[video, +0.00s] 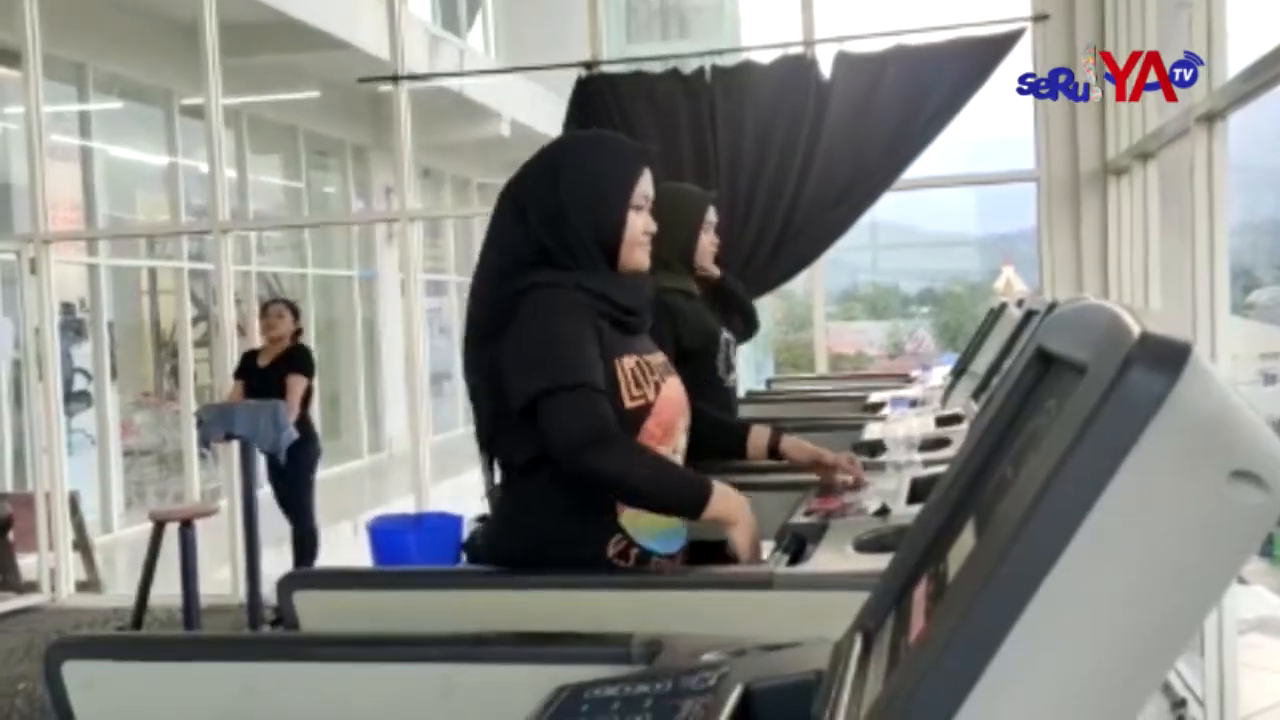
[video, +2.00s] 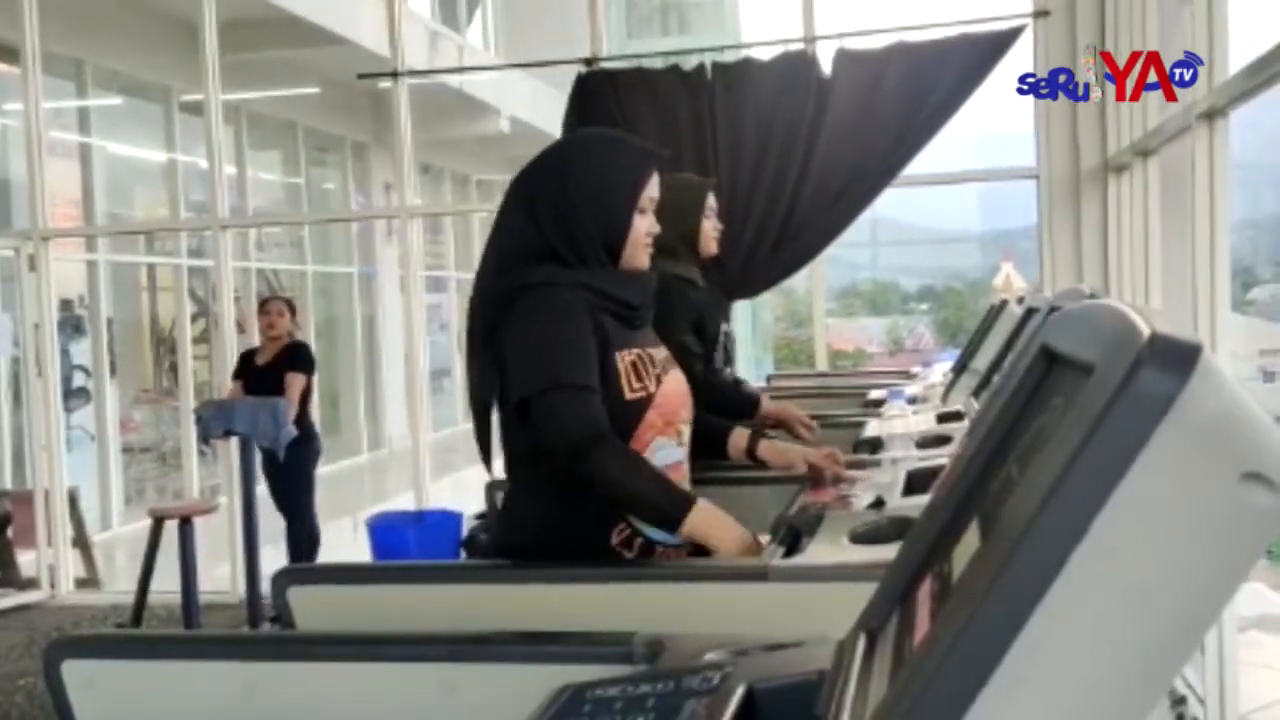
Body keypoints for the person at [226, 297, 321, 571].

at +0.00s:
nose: (272, 322)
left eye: (280, 316)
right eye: (267, 317)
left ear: (295, 324)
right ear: (261, 324)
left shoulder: (299, 355)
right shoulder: (250, 359)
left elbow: (293, 399)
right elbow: (236, 397)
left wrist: (279, 431)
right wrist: (222, 423)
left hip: (299, 435)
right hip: (268, 437)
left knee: (301, 508)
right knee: (289, 508)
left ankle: (302, 574)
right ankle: (304, 570)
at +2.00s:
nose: (272, 319)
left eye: (279, 314)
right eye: (266, 314)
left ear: (291, 321)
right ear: (259, 320)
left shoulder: (298, 351)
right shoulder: (248, 358)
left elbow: (293, 395)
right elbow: (235, 396)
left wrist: (282, 428)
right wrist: (218, 420)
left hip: (299, 436)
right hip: (267, 439)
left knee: (300, 509)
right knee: (289, 510)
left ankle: (302, 572)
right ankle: (299, 571)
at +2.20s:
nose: (273, 319)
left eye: (280, 314)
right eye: (266, 314)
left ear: (291, 321)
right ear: (257, 321)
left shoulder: (302, 354)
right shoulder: (243, 357)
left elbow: (294, 396)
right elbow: (232, 399)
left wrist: (280, 426)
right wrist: (242, 424)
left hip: (300, 437)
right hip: (261, 439)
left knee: (302, 508)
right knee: (273, 512)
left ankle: (309, 569)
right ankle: (279, 573)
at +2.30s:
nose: (274, 319)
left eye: (280, 313)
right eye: (266, 314)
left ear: (290, 320)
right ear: (256, 322)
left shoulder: (302, 353)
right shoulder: (242, 354)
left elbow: (295, 390)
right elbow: (232, 396)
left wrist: (278, 422)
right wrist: (239, 423)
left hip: (298, 434)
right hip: (259, 436)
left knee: (298, 509)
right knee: (268, 511)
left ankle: (303, 573)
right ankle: (273, 576)